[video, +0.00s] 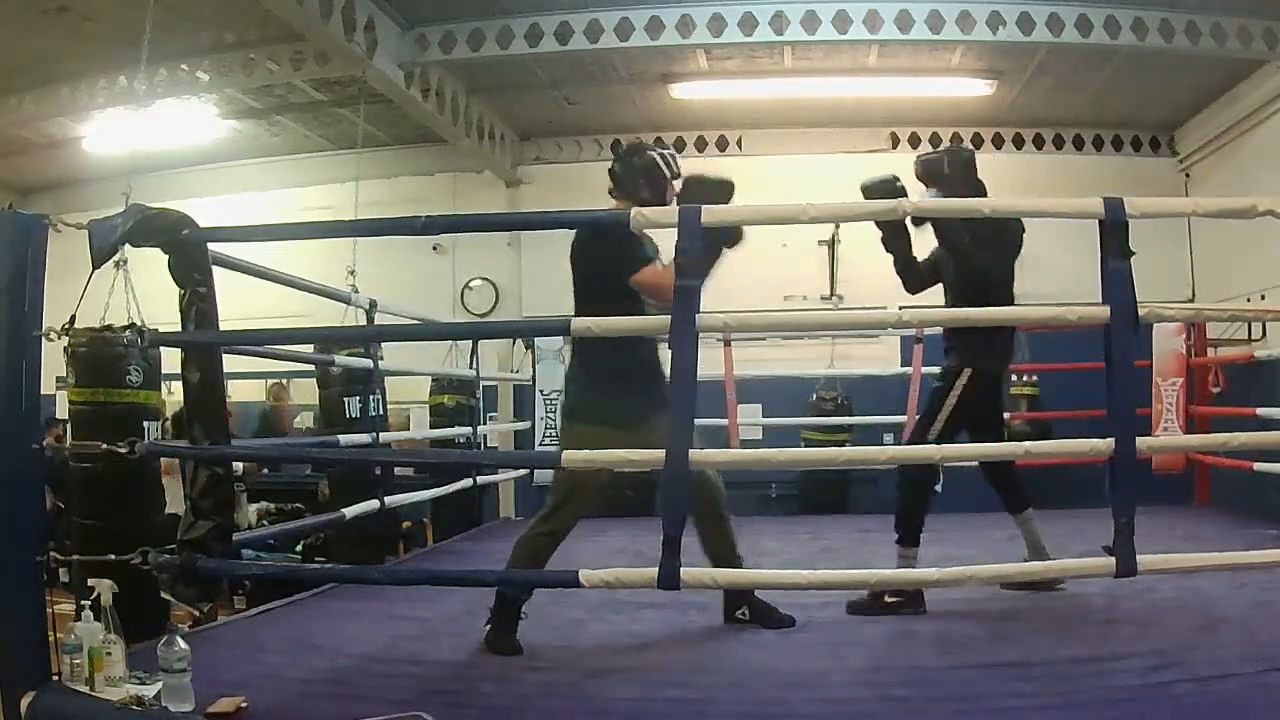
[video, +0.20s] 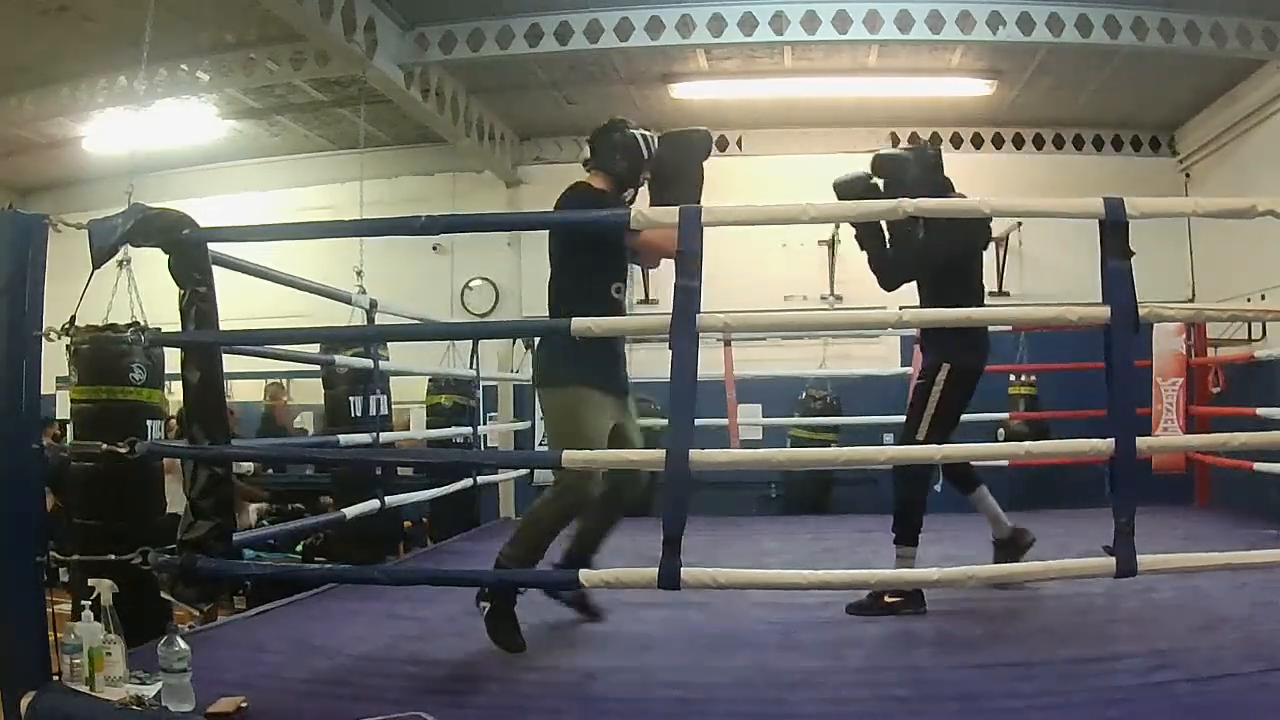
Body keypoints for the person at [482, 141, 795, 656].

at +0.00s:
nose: (672, 198)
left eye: (672, 188)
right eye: (665, 188)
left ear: (627, 188)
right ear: (638, 187)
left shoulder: (630, 236)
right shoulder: (607, 233)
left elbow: (668, 296)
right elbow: (672, 291)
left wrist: (703, 246)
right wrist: (711, 243)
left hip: (640, 406)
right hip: (602, 407)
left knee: (705, 491)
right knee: (561, 514)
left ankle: (739, 597)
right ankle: (503, 616)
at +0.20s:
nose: (643, 174)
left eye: (644, 165)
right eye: (641, 164)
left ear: (599, 156)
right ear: (627, 162)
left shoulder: (608, 205)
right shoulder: (584, 202)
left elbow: (649, 256)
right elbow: (662, 245)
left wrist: (652, 207)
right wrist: (694, 218)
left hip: (605, 371)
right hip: (572, 370)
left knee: (632, 476)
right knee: (579, 483)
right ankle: (501, 586)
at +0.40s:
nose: (630, 201)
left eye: (630, 194)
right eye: (626, 193)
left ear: (577, 189)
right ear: (614, 192)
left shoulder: (584, 237)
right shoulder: (581, 236)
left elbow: (623, 282)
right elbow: (660, 287)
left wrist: (644, 232)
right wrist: (682, 241)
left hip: (583, 393)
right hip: (568, 394)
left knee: (573, 512)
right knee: (566, 519)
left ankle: (529, 595)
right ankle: (489, 644)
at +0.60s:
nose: (648, 177)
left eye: (647, 167)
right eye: (645, 167)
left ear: (598, 162)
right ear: (632, 167)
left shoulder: (592, 210)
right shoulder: (602, 215)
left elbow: (646, 273)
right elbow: (674, 270)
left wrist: (692, 237)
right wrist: (699, 214)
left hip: (610, 381)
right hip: (578, 384)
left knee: (657, 476)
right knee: (553, 512)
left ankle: (609, 582)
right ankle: (485, 642)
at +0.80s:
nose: (688, 185)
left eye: (688, 178)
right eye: (687, 176)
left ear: (637, 167)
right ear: (674, 175)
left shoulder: (638, 216)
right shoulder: (627, 217)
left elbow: (687, 268)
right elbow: (711, 274)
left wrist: (700, 203)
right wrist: (738, 212)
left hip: (634, 384)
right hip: (604, 384)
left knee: (673, 488)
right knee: (643, 499)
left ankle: (649, 607)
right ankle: (564, 634)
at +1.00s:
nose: (719, 185)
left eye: (721, 175)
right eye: (719, 174)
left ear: (665, 163)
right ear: (704, 171)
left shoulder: (639, 215)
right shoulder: (669, 221)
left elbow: (709, 289)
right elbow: (730, 295)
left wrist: (754, 238)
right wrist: (763, 232)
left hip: (641, 390)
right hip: (645, 394)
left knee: (722, 466)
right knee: (655, 521)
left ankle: (687, 582)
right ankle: (591, 662)